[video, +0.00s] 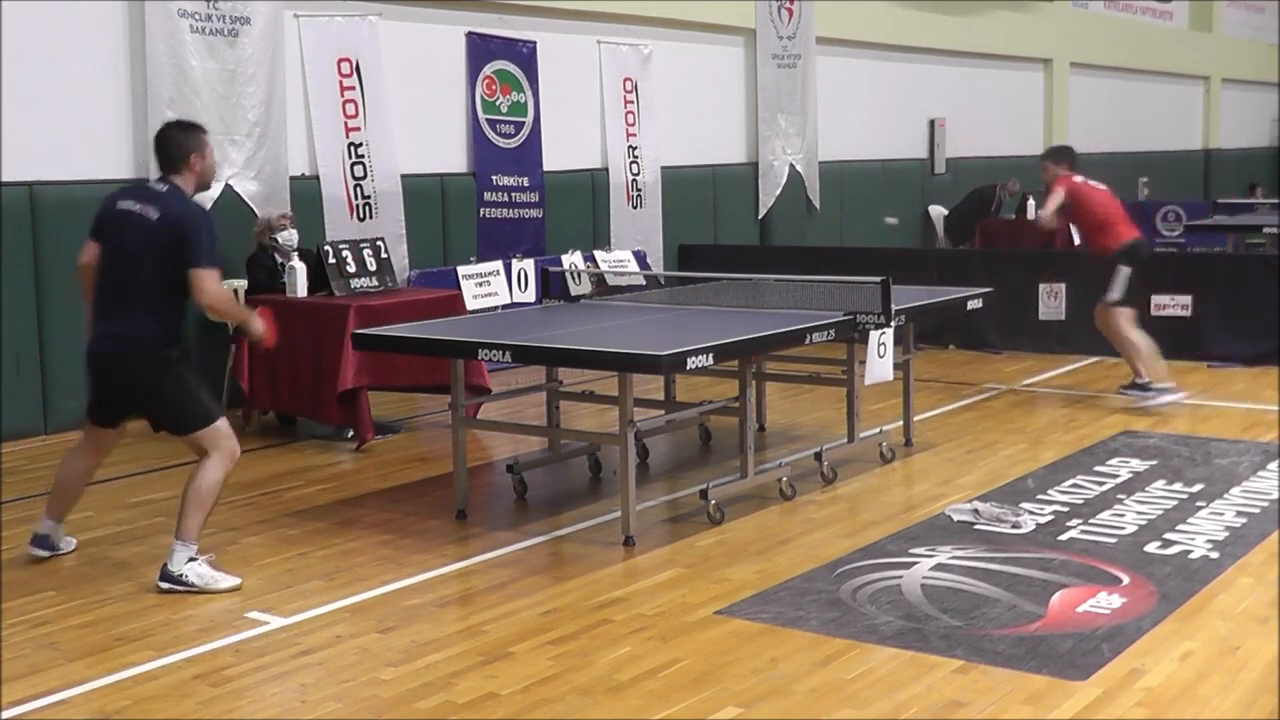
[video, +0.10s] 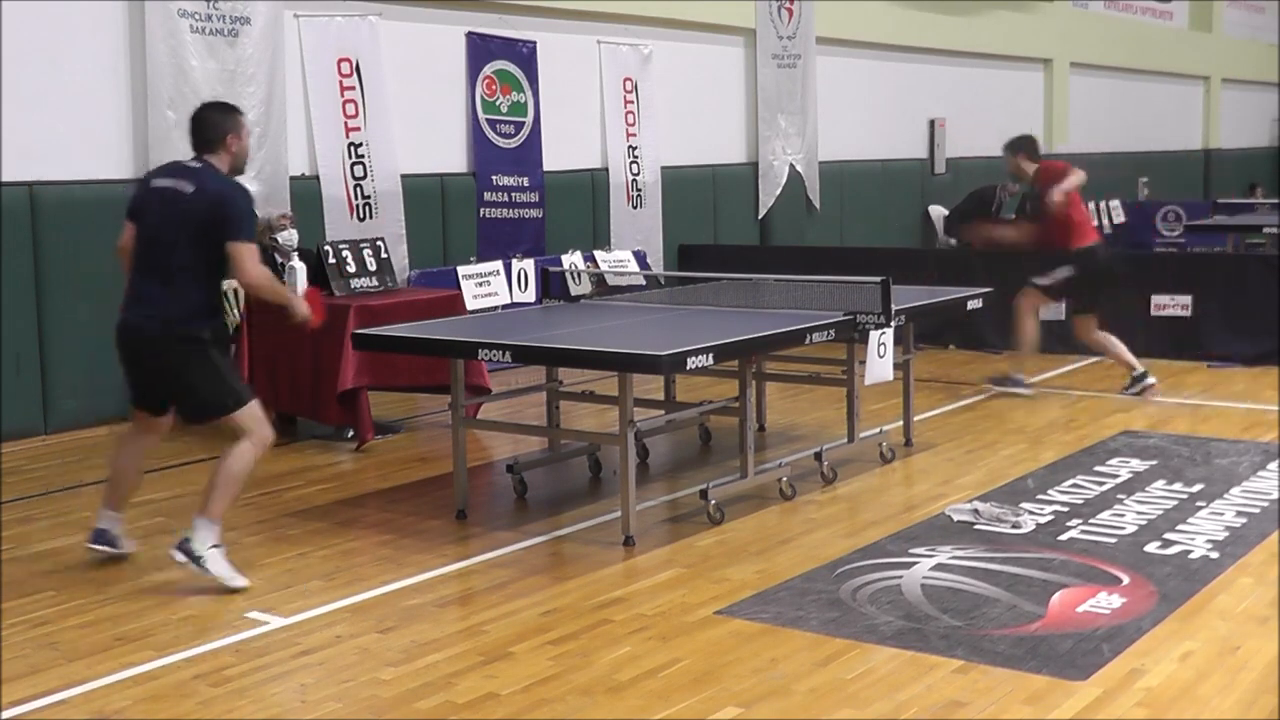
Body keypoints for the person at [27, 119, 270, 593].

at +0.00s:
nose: (213, 162)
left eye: (209, 154)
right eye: (209, 155)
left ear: (165, 160)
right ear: (196, 161)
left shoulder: (122, 199)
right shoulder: (193, 217)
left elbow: (88, 261)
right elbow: (207, 293)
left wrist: (97, 323)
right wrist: (248, 318)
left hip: (106, 353)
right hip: (154, 359)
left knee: (94, 442)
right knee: (222, 449)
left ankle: (47, 533)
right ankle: (182, 560)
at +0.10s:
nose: (249, 145)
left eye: (247, 136)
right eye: (246, 137)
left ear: (200, 141)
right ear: (230, 142)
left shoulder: (158, 179)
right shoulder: (231, 195)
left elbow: (126, 246)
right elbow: (249, 275)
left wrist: (151, 289)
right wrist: (293, 300)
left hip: (137, 332)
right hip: (186, 338)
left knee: (149, 424)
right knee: (257, 433)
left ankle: (107, 527)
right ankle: (203, 538)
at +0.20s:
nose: (276, 154)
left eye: (274, 145)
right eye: (273, 146)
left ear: (226, 148)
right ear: (259, 149)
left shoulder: (187, 188)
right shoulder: (252, 203)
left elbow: (200, 249)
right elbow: (267, 287)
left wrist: (262, 228)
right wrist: (310, 312)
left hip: (156, 334)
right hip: (203, 341)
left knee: (177, 429)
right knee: (285, 431)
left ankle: (144, 535)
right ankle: (270, 549)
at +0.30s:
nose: (318, 192)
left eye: (316, 184)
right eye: (316, 185)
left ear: (272, 188)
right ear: (305, 191)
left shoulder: (234, 224)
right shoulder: (290, 244)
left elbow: (234, 301)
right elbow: (295, 330)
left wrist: (298, 319)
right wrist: (343, 350)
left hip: (193, 373)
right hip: (236, 380)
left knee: (206, 460)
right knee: (340, 444)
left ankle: (148, 547)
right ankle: (354, 564)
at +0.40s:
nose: (347, 215)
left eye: (347, 207)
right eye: (345, 208)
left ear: (296, 208)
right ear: (332, 214)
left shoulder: (257, 236)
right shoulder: (323, 270)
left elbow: (232, 302)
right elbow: (337, 352)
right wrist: (377, 348)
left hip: (203, 385)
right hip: (249, 390)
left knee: (232, 464)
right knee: (358, 447)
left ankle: (163, 549)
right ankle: (357, 565)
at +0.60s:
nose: (345, 192)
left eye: (344, 183)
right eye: (340, 183)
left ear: (295, 186)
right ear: (320, 189)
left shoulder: (245, 210)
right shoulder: (301, 237)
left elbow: (270, 272)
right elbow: (355, 297)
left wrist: (321, 255)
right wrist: (415, 277)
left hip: (204, 362)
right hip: (243, 366)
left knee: (223, 455)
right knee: (330, 444)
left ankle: (153, 542)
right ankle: (360, 563)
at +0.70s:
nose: (310, 162)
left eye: (311, 153)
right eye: (307, 154)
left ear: (267, 151)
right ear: (284, 154)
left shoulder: (221, 177)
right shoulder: (252, 197)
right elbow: (291, 265)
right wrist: (353, 245)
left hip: (196, 337)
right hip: (230, 340)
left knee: (201, 440)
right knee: (282, 445)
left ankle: (147, 539)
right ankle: (311, 563)